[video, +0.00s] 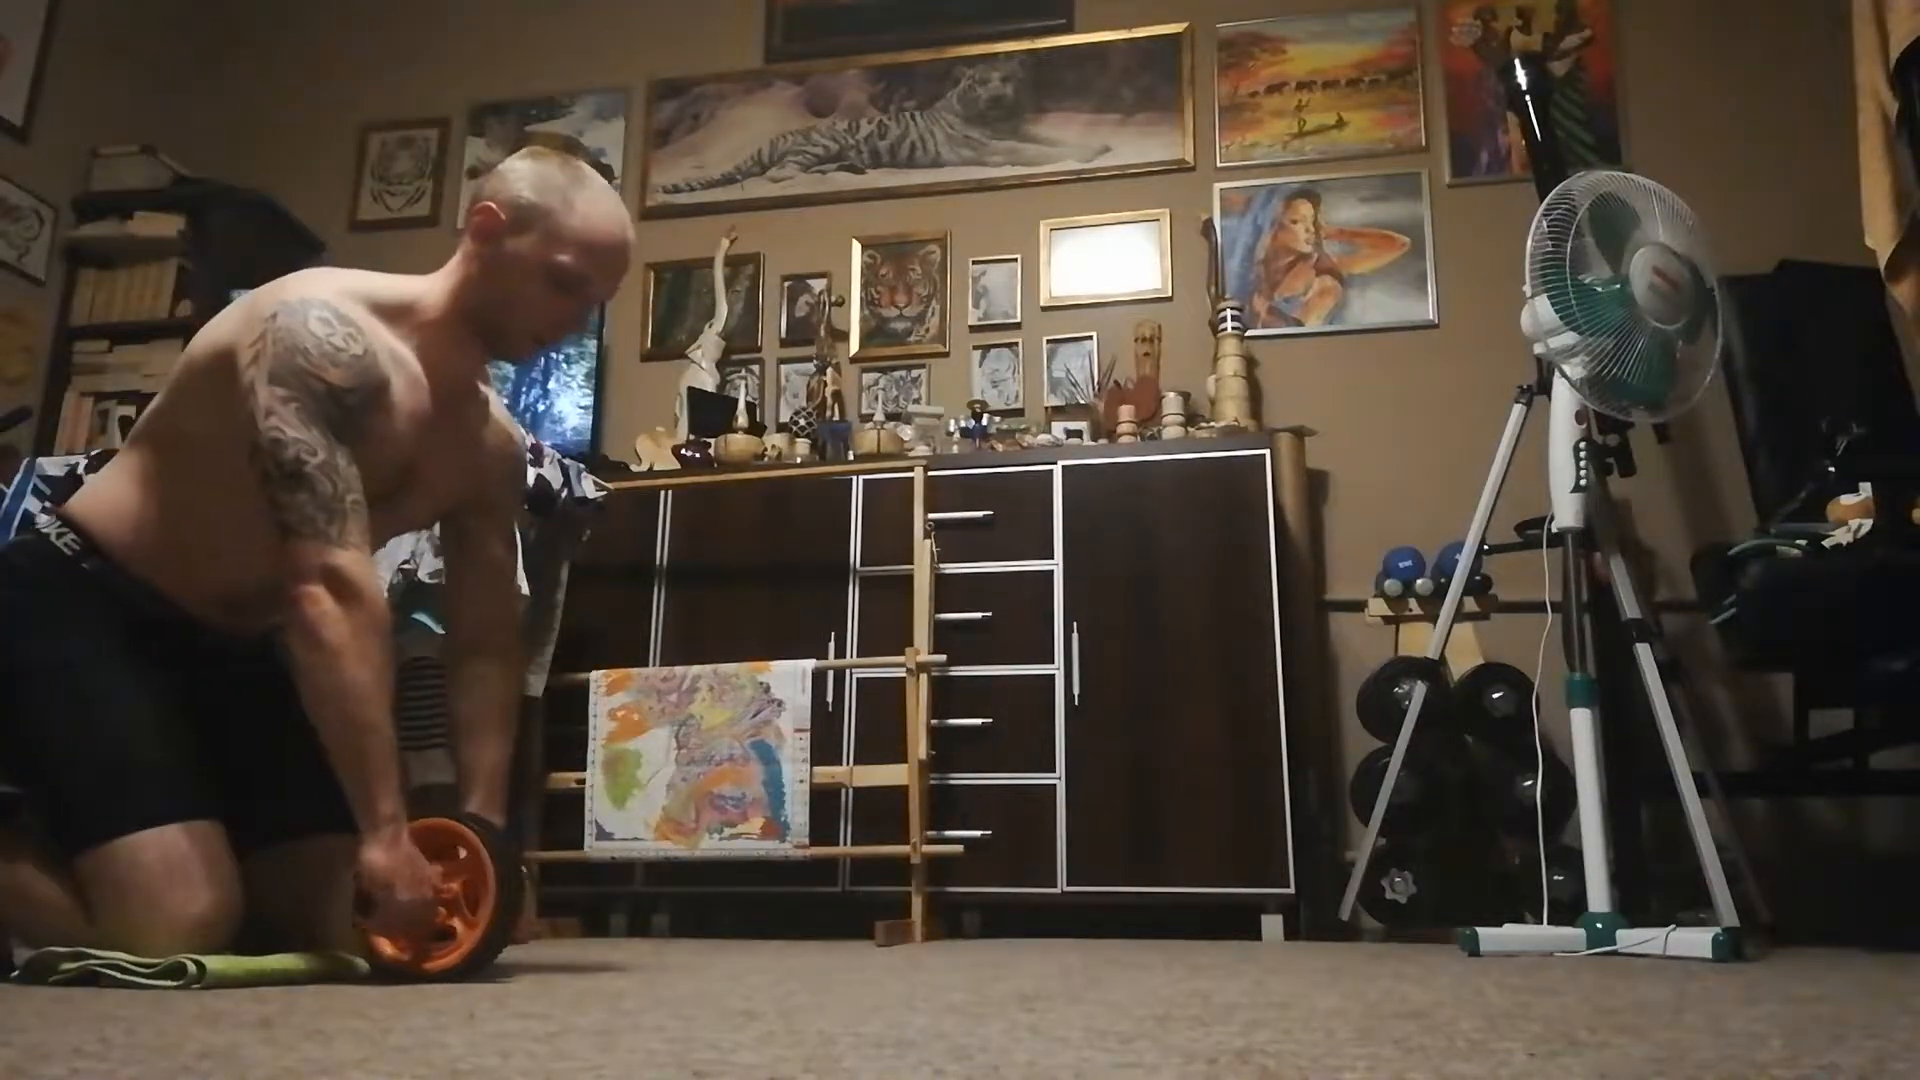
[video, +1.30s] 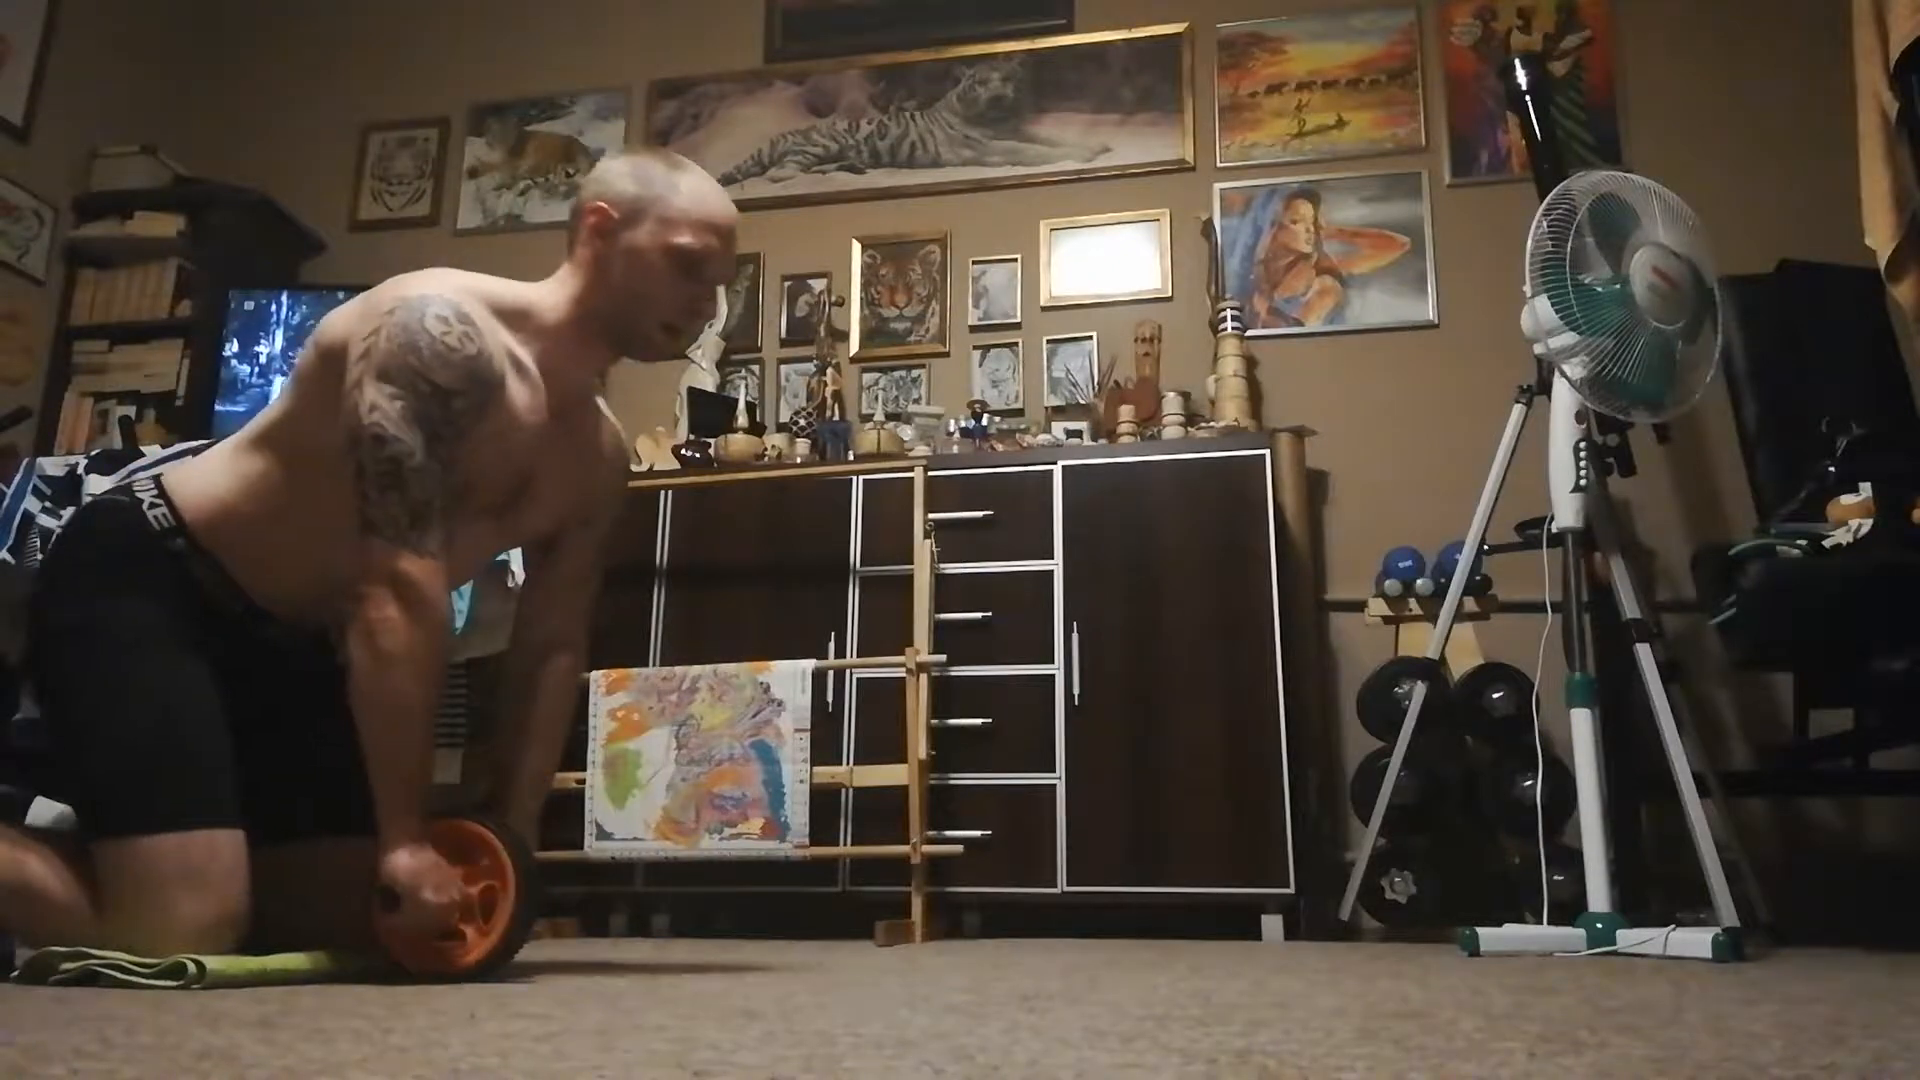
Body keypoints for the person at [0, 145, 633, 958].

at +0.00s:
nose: (580, 320)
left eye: (597, 301)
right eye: (570, 285)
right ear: (487, 227)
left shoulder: (491, 447)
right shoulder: (319, 335)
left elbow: (487, 647)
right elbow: (328, 595)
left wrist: (481, 830)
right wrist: (386, 831)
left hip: (242, 645)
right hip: (87, 602)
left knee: (337, 924)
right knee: (182, 925)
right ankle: (10, 862)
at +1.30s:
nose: (711, 302)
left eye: (722, 279)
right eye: (692, 264)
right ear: (598, 230)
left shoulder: (595, 459)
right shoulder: (439, 332)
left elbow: (549, 656)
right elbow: (390, 601)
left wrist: (506, 849)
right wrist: (404, 845)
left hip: (288, 642)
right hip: (144, 574)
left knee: (351, 916)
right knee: (181, 927)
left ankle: (84, 869)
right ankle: (8, 853)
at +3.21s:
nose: (713, 368)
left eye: (733, 348)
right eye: (706, 331)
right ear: (628, 269)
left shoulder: (593, 455)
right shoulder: (440, 338)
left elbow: (538, 660)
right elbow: (385, 606)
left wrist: (495, 865)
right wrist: (400, 844)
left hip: (292, 631)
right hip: (148, 568)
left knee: (351, 914)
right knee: (171, 926)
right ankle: (11, 895)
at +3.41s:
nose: (707, 362)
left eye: (726, 344)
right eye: (699, 323)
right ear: (619, 261)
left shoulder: (593, 454)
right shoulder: (436, 335)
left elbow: (537, 663)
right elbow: (384, 604)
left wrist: (492, 862)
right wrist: (402, 846)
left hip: (291, 633)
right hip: (147, 575)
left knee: (347, 923)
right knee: (172, 934)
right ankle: (7, 836)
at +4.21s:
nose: (720, 335)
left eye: (734, 311)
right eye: (707, 297)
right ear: (621, 248)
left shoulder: (615, 463)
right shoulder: (459, 336)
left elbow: (548, 666)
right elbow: (395, 598)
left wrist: (499, 875)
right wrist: (399, 855)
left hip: (295, 642)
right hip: (151, 573)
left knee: (354, 922)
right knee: (177, 924)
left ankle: (80, 863)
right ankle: (9, 862)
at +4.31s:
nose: (723, 333)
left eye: (737, 308)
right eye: (711, 296)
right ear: (624, 249)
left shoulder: (617, 467)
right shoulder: (461, 337)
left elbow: (549, 667)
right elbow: (395, 600)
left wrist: (500, 873)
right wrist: (399, 855)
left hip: (295, 644)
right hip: (151, 575)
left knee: (357, 922)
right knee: (177, 923)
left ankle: (81, 861)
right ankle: (11, 864)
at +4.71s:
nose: (722, 338)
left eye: (736, 314)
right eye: (709, 301)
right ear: (623, 255)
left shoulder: (614, 465)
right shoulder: (459, 337)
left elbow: (550, 667)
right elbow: (396, 601)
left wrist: (498, 867)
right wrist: (398, 851)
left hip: (293, 642)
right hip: (148, 575)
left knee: (355, 915)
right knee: (179, 921)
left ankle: (73, 866)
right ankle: (11, 864)